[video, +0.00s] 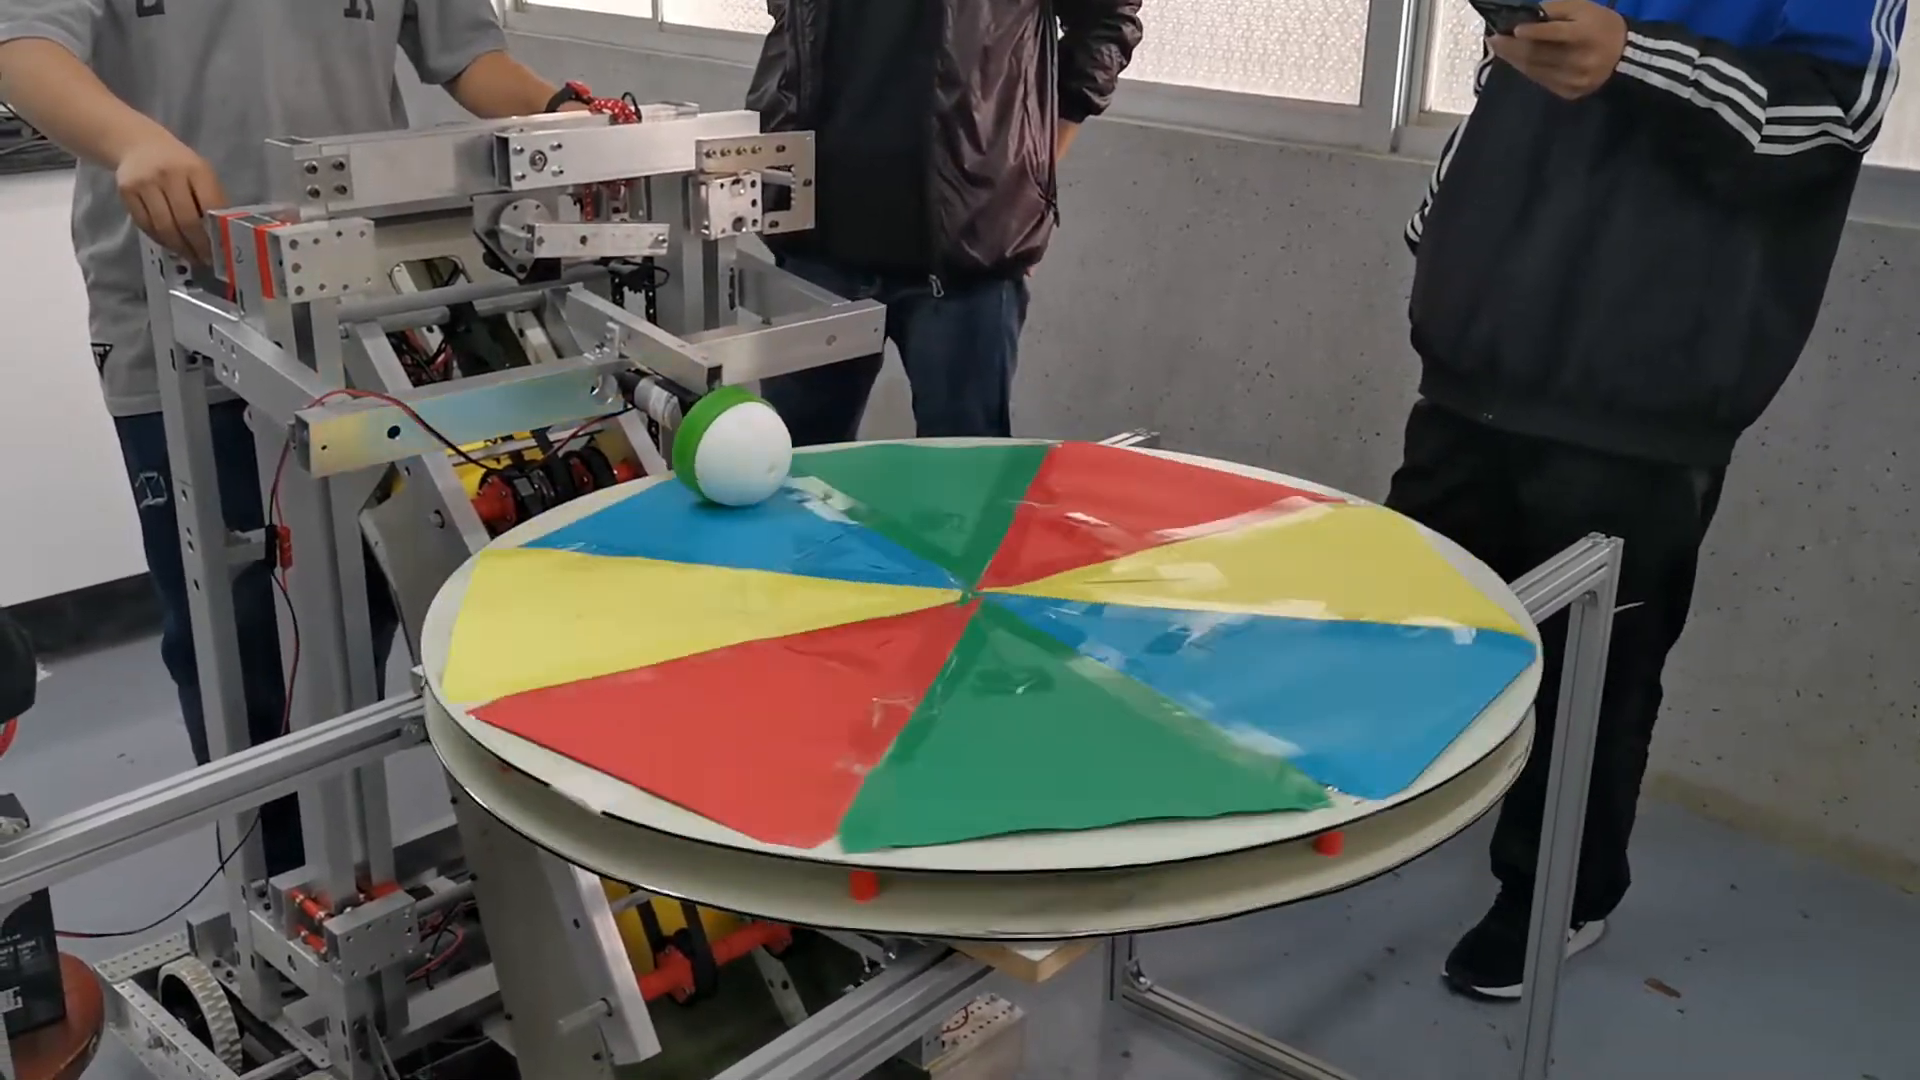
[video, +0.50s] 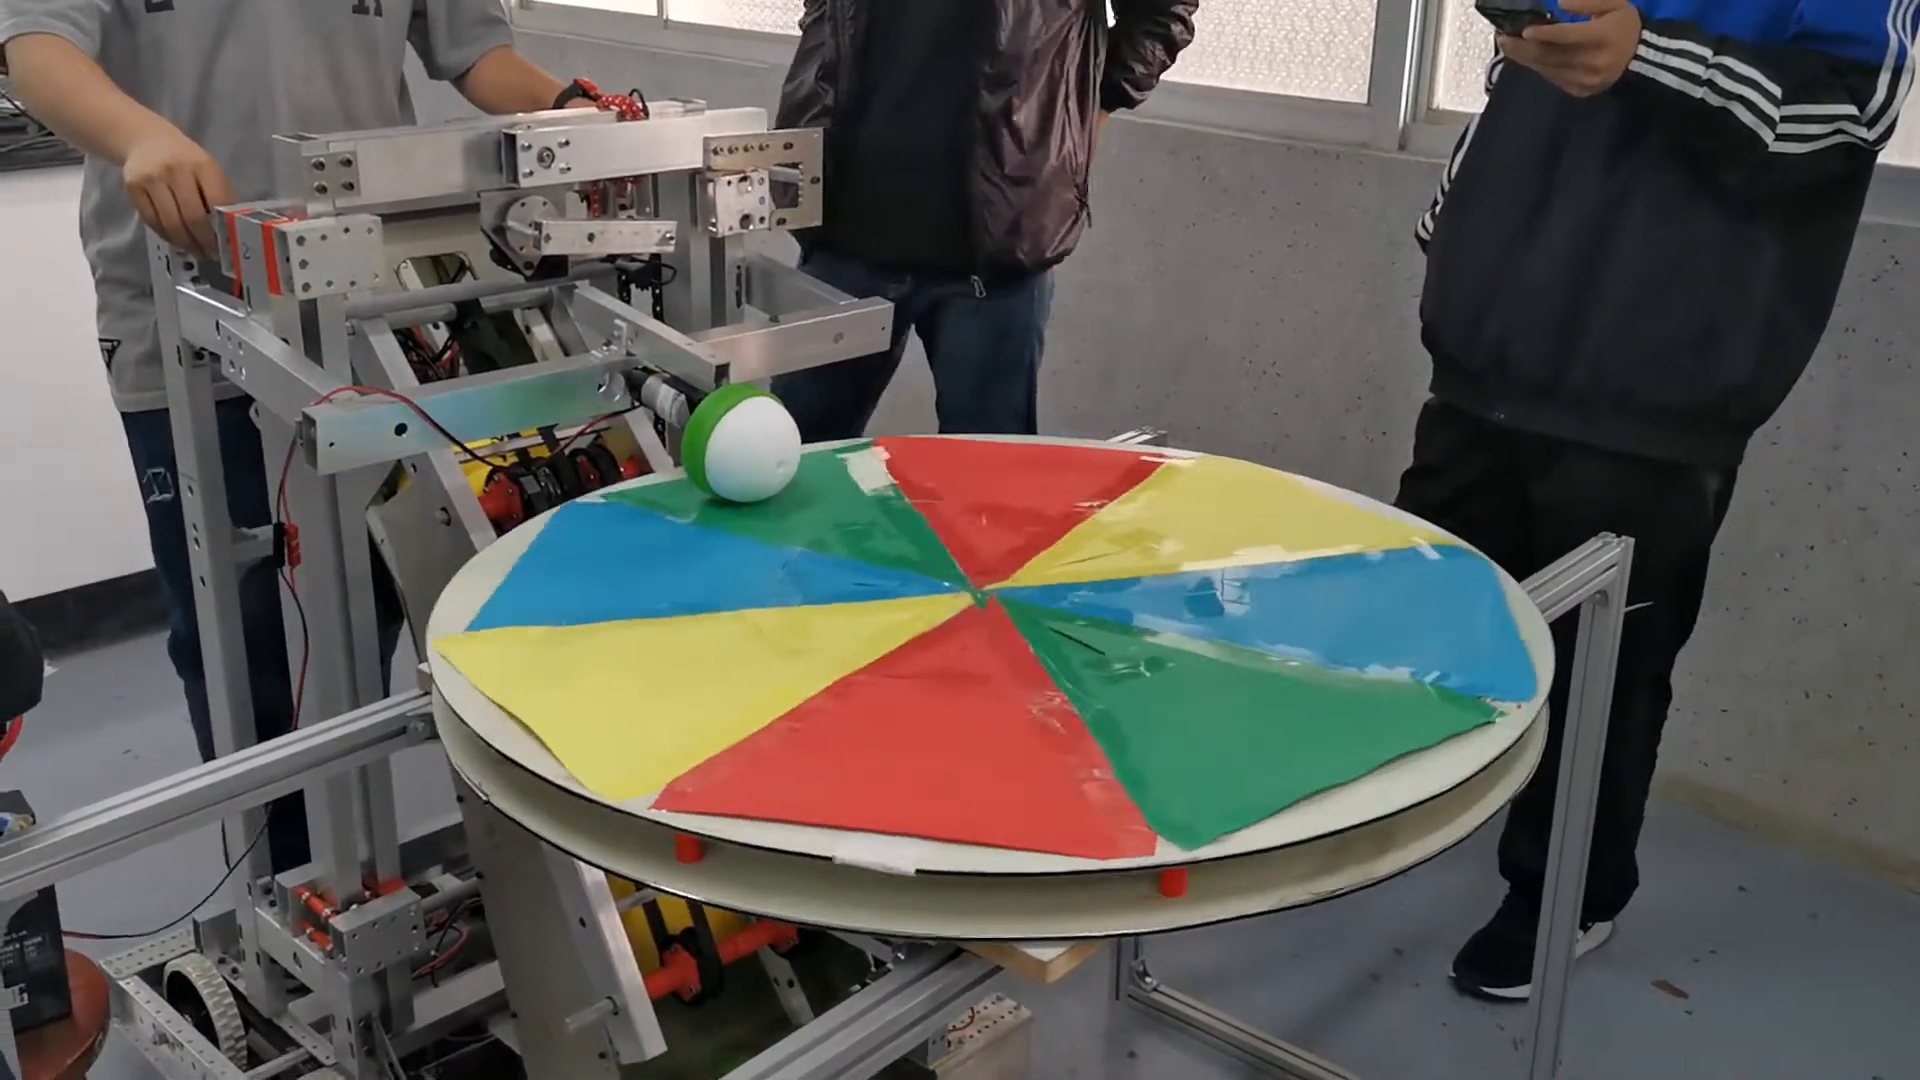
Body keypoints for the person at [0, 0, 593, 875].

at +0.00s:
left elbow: (461, 45)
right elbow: (24, 45)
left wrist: (555, 112)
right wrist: (129, 139)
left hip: (357, 311)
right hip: (178, 322)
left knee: (358, 601)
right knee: (227, 631)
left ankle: (351, 856)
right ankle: (277, 887)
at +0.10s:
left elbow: (463, 44)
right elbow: (24, 43)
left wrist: (558, 111)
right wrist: (131, 139)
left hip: (357, 310)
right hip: (179, 321)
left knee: (360, 601)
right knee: (226, 631)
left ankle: (349, 857)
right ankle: (275, 885)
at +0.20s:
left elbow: (462, 41)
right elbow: (26, 42)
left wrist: (560, 108)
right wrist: (133, 138)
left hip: (358, 312)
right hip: (179, 322)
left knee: (358, 604)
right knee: (226, 631)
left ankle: (350, 856)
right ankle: (275, 883)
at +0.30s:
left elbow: (464, 42)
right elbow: (26, 42)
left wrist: (563, 112)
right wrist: (133, 137)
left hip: (359, 313)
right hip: (180, 322)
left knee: (358, 604)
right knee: (227, 632)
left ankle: (350, 856)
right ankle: (274, 883)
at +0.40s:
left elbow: (466, 42)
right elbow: (29, 42)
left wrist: (568, 111)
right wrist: (136, 137)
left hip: (360, 315)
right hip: (183, 323)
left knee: (358, 610)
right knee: (230, 636)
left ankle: (351, 858)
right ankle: (275, 886)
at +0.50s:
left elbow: (467, 39)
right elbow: (34, 41)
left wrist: (571, 110)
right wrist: (138, 136)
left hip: (365, 308)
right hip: (185, 318)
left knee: (363, 602)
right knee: (232, 630)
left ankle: (358, 854)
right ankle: (281, 883)